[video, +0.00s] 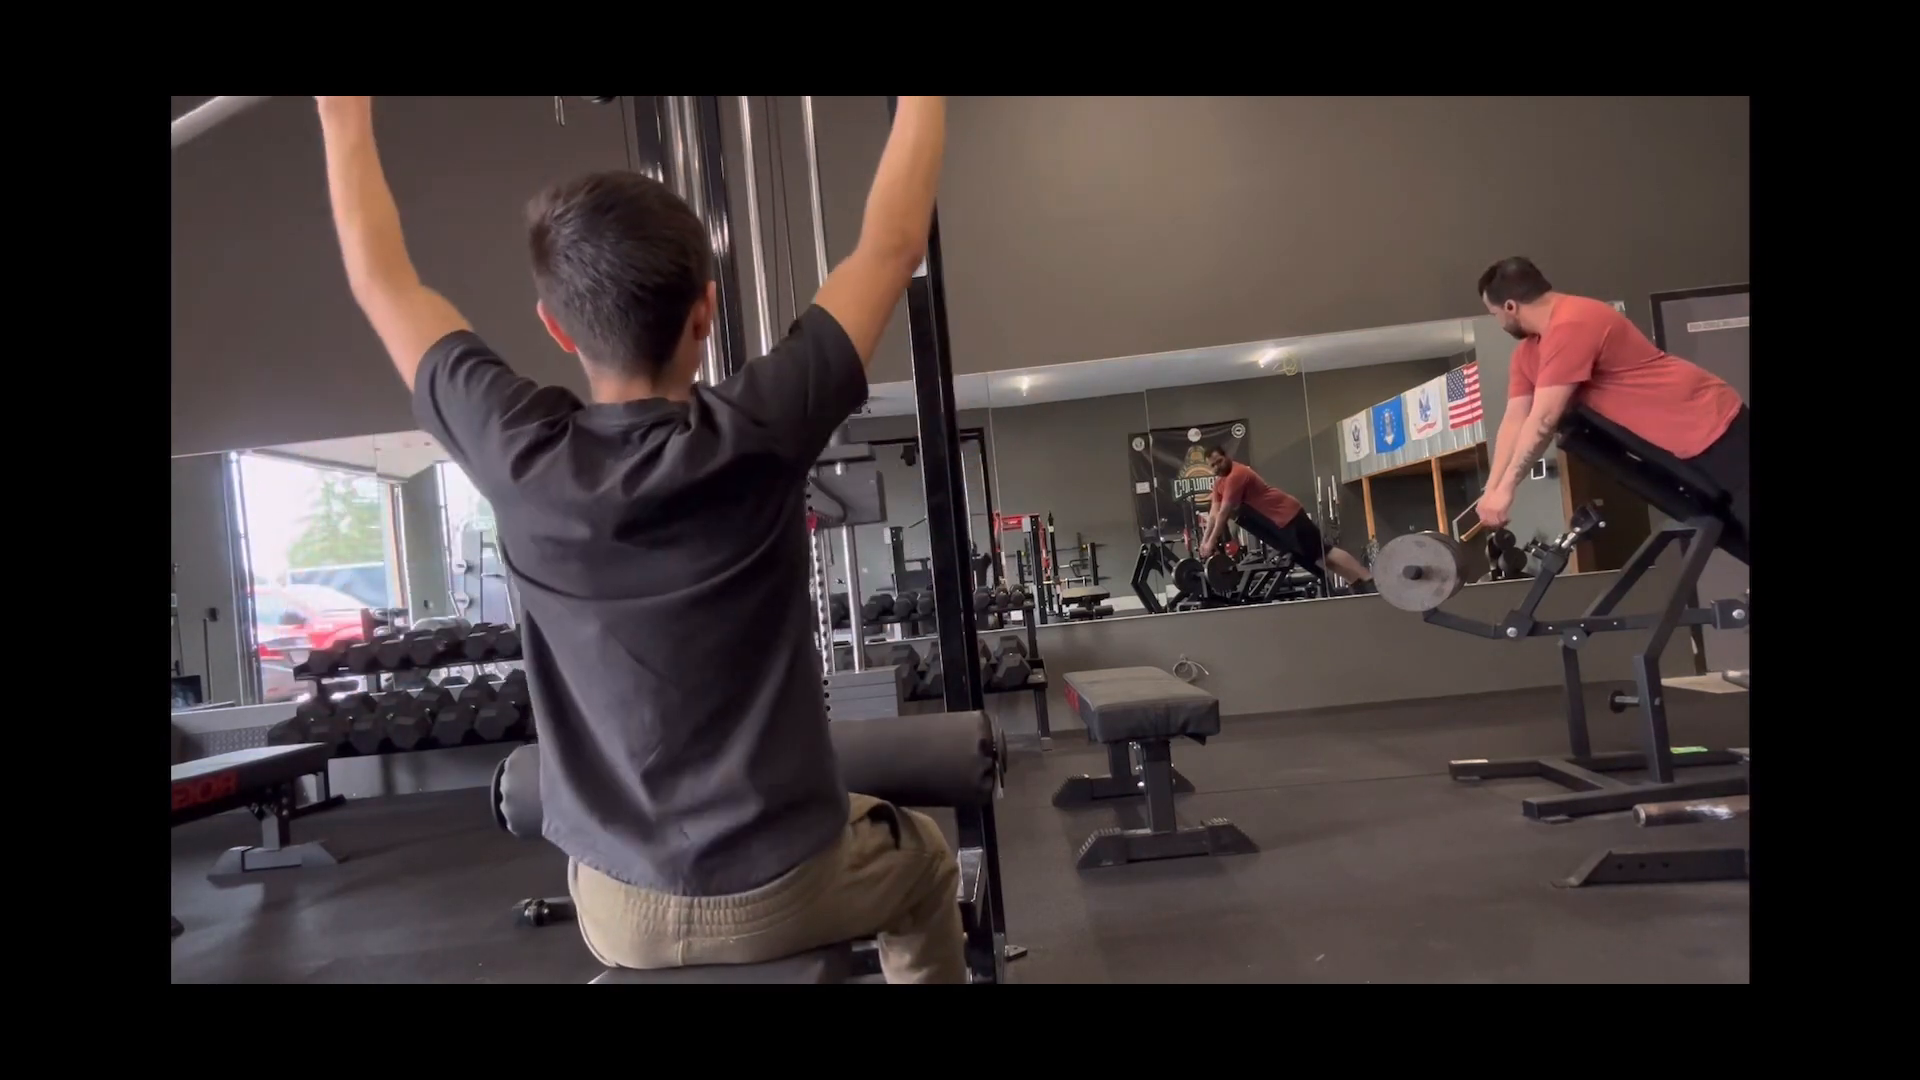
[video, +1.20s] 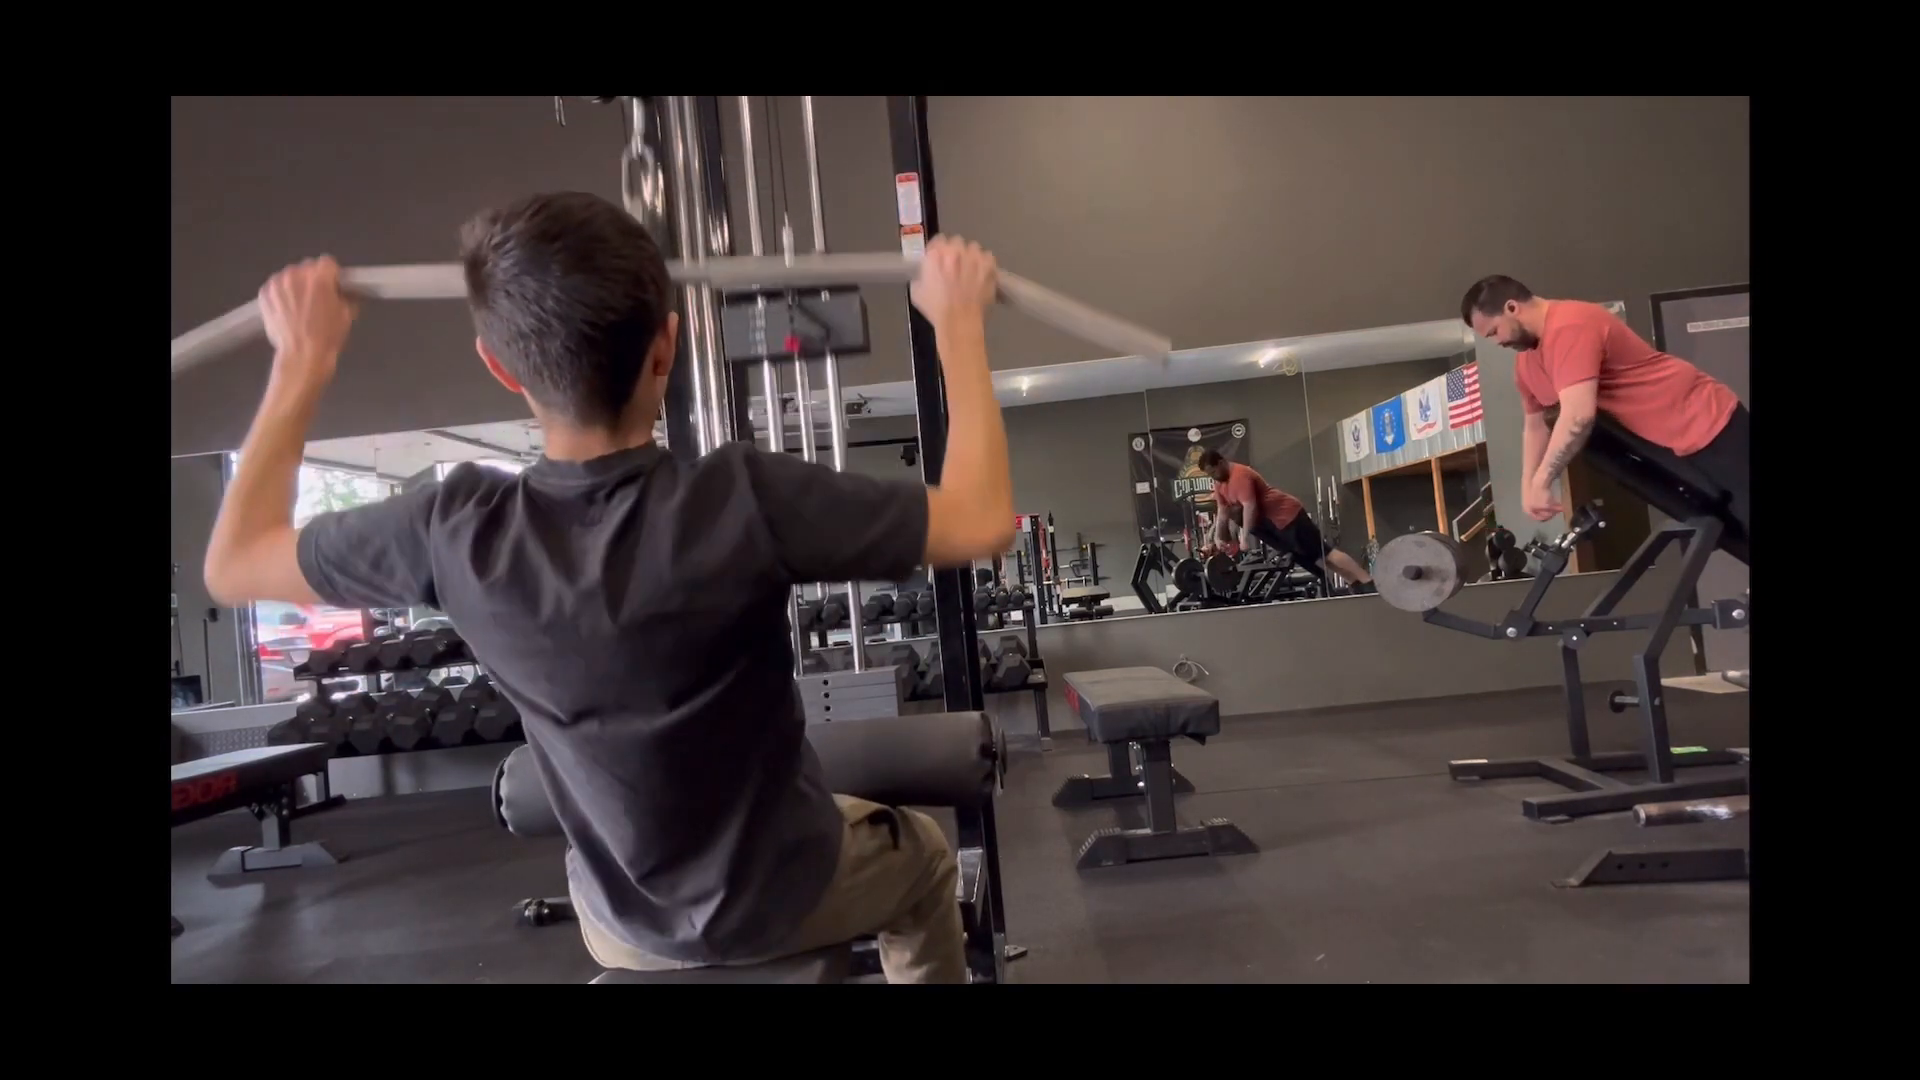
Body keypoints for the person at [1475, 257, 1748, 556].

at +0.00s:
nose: (1496, 322)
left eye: (1493, 313)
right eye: (1493, 315)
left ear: (1510, 307)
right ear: (1515, 306)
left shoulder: (1574, 323)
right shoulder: (1526, 352)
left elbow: (1544, 420)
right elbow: (1514, 418)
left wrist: (1506, 487)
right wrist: (1493, 487)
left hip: (1713, 424)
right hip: (1677, 447)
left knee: (1745, 527)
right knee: (1732, 536)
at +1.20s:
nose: (1496, 343)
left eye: (1493, 332)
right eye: (1489, 337)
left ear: (1513, 307)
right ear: (1511, 310)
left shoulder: (1570, 324)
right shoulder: (1526, 364)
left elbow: (1579, 417)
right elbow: (1535, 424)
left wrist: (1542, 480)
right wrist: (1530, 484)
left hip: (1709, 421)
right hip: (1672, 448)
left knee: (1745, 520)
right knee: (1732, 534)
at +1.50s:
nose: (1490, 356)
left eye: (1484, 346)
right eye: (1483, 350)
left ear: (1499, 326)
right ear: (1499, 329)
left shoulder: (1561, 329)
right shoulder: (1530, 373)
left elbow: (1591, 418)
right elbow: (1568, 431)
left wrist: (1578, 480)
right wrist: (1574, 486)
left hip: (1706, 423)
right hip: (1667, 453)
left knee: (1746, 515)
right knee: (1730, 534)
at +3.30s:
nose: (1492, 352)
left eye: (1488, 342)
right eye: (1483, 348)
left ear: (1507, 316)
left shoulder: (1553, 337)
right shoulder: (1524, 368)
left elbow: (1581, 427)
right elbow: (1554, 436)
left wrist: (1576, 496)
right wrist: (1568, 496)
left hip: (1704, 422)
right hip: (1671, 446)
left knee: (1746, 515)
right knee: (1730, 532)